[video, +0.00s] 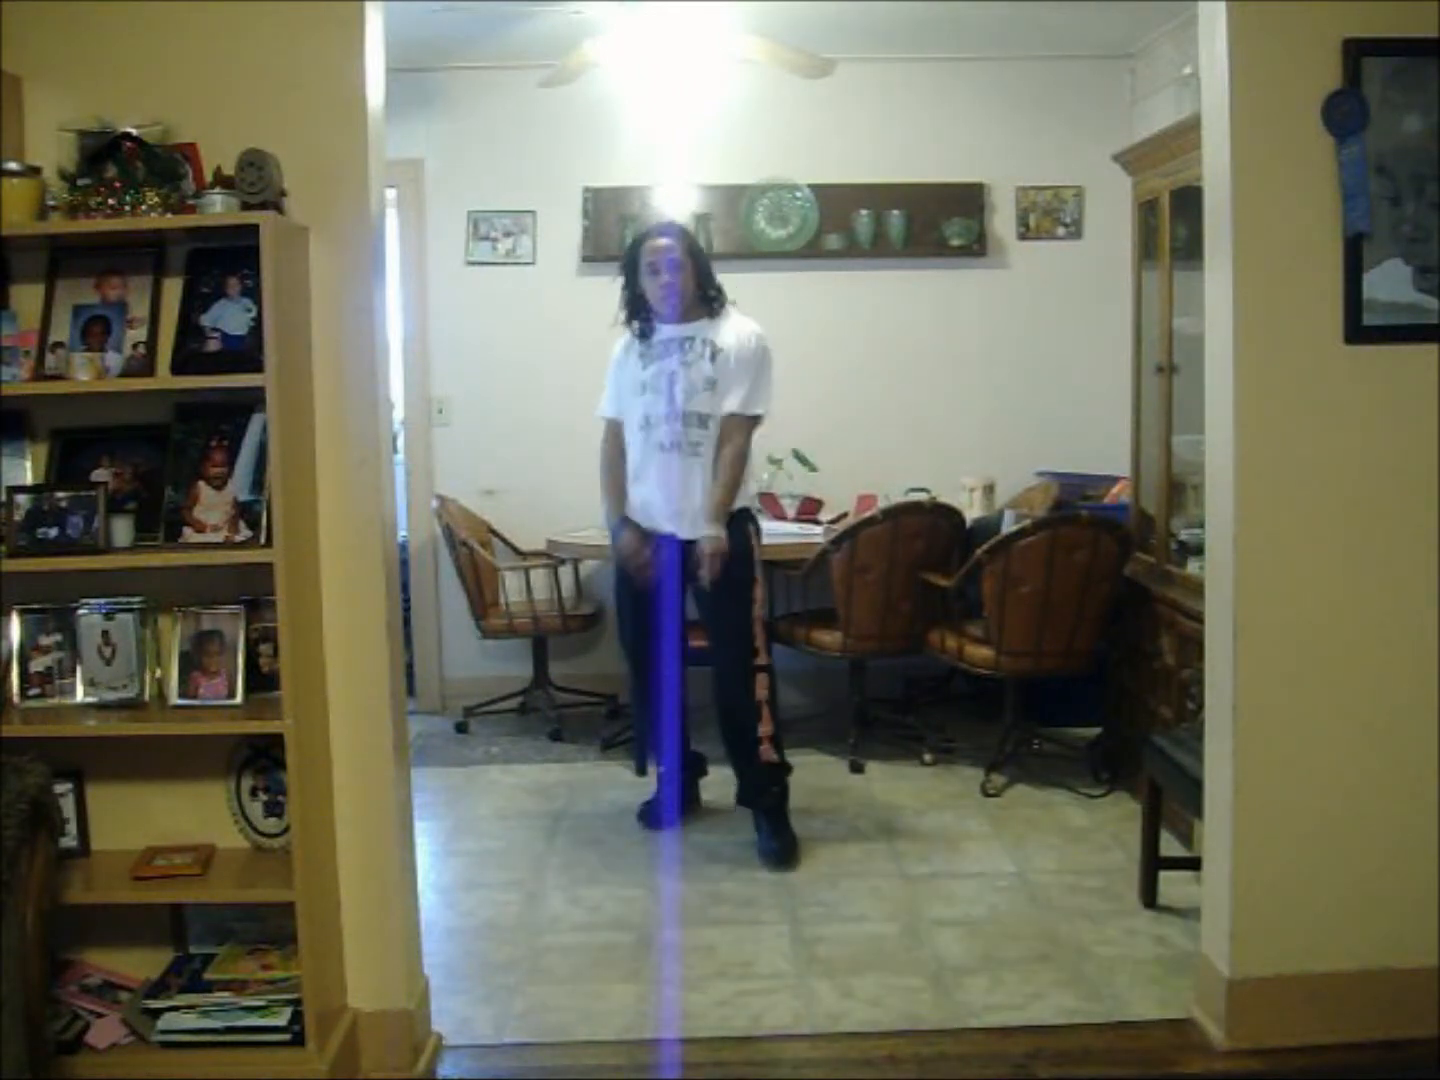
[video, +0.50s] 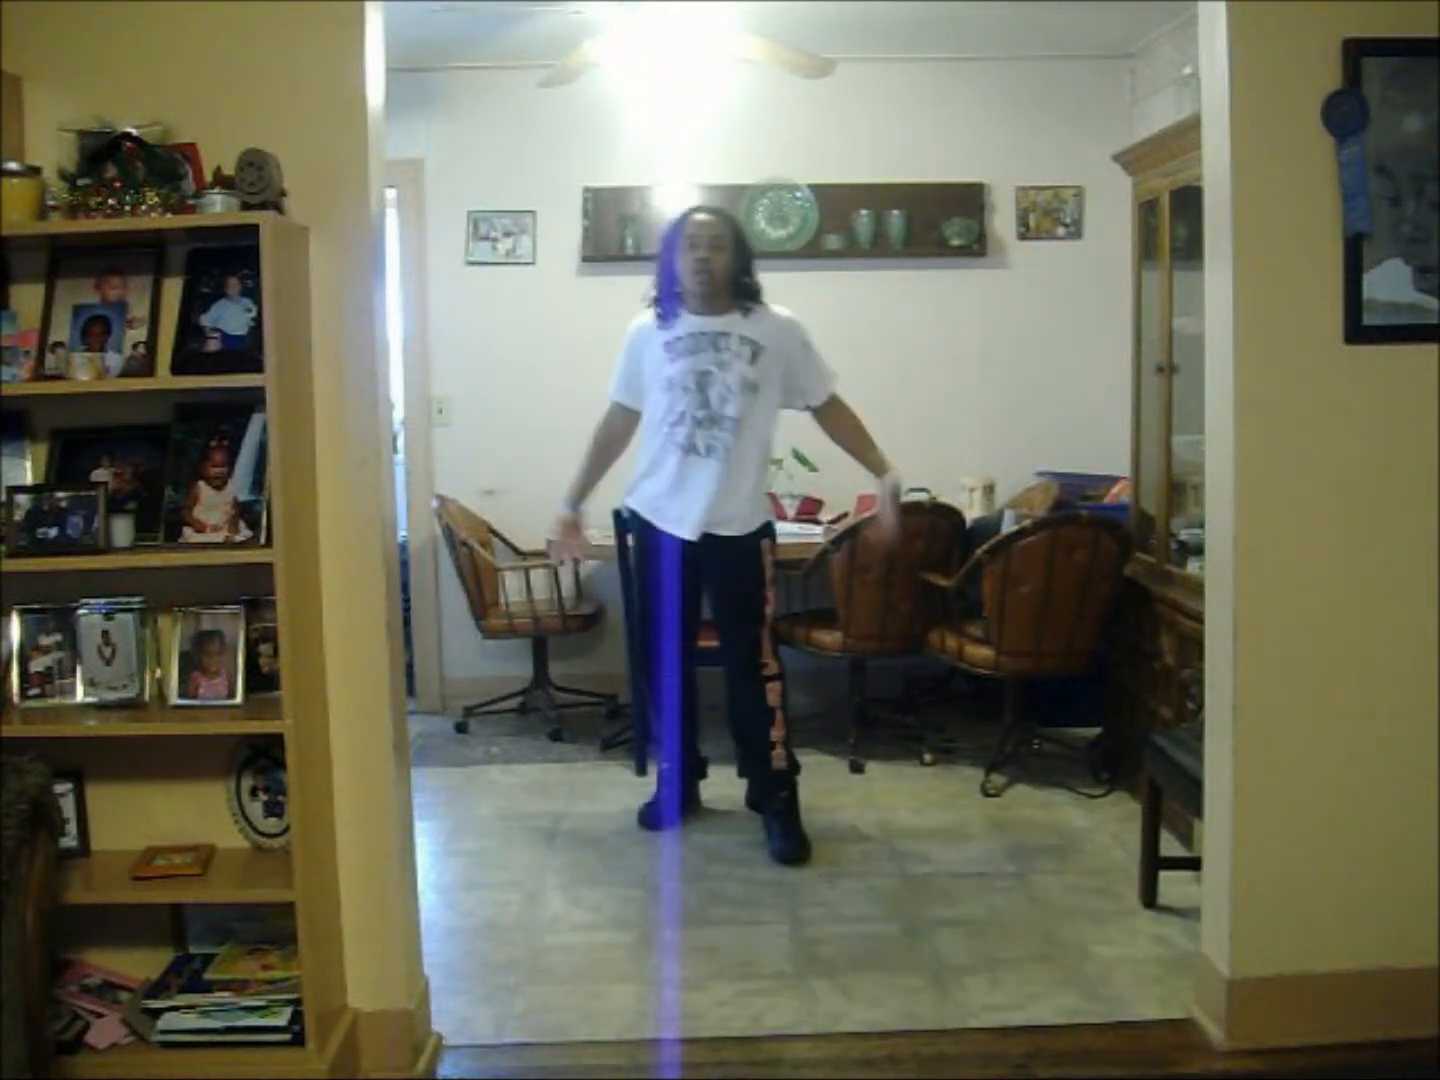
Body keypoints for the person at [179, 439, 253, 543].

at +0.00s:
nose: (219, 471)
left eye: (223, 466)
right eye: (213, 466)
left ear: (230, 469)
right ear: (204, 468)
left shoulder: (232, 488)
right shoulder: (200, 487)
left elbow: (237, 511)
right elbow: (187, 511)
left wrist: (232, 532)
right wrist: (200, 526)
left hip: (225, 533)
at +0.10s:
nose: (219, 471)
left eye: (223, 466)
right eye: (213, 466)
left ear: (230, 469)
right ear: (204, 468)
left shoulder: (232, 488)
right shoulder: (200, 487)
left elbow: (236, 511)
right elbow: (187, 511)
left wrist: (232, 532)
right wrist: (200, 526)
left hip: (225, 533)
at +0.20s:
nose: (219, 471)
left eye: (223, 466)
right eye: (213, 466)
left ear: (230, 469)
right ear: (204, 468)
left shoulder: (232, 488)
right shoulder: (200, 487)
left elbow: (237, 510)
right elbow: (187, 511)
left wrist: (232, 531)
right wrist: (200, 525)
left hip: (225, 532)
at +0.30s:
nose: (219, 471)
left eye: (223, 466)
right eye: (213, 466)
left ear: (230, 469)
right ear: (203, 468)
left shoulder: (232, 488)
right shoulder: (200, 488)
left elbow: (237, 510)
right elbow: (186, 511)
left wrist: (232, 531)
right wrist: (202, 527)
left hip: (225, 534)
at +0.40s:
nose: (219, 471)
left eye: (223, 466)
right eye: (213, 466)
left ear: (230, 469)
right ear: (204, 468)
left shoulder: (232, 488)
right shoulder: (200, 487)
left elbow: (237, 511)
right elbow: (186, 511)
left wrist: (232, 531)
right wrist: (201, 526)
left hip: (225, 534)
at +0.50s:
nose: (219, 471)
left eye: (223, 466)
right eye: (213, 466)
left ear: (230, 469)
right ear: (204, 468)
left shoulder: (232, 488)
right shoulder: (200, 487)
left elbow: (237, 511)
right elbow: (186, 511)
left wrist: (232, 531)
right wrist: (201, 526)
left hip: (225, 534)